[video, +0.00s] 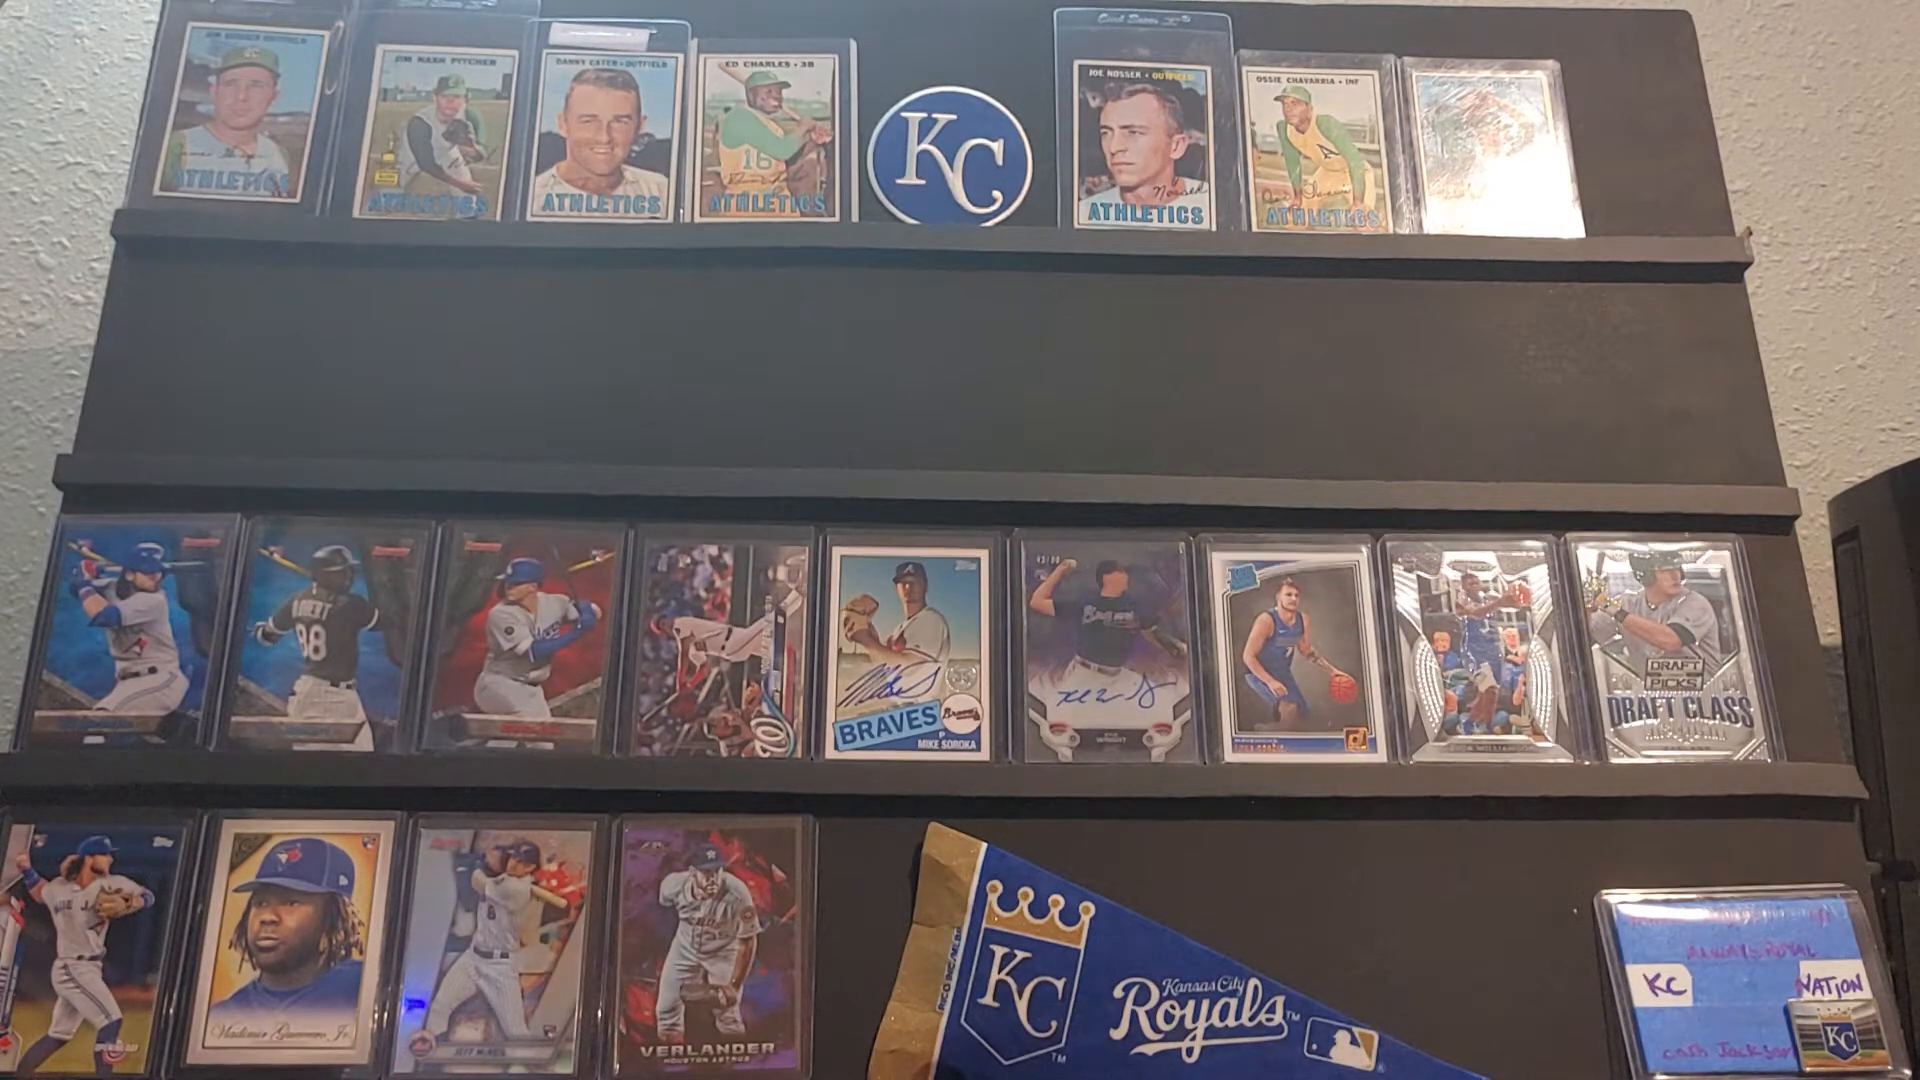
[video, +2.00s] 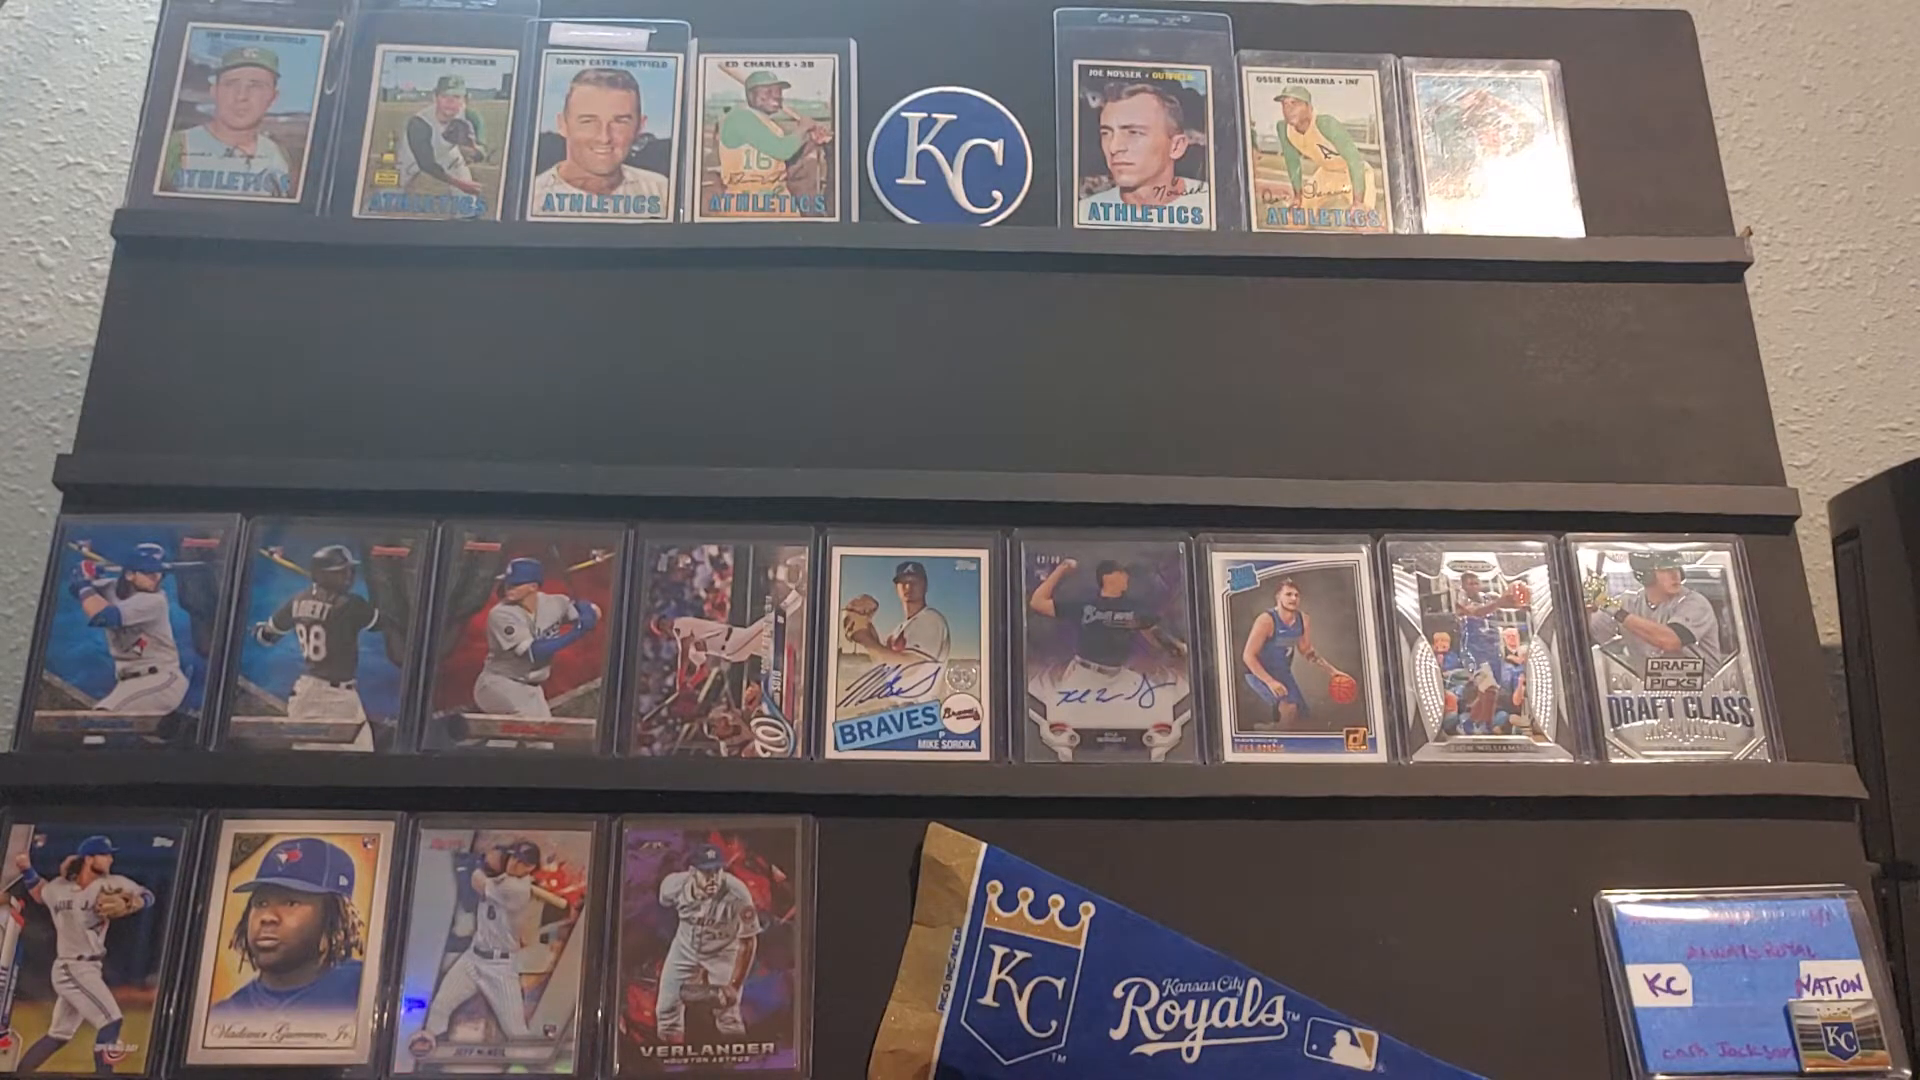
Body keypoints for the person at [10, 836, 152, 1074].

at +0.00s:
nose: (110, 859)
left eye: (109, 855)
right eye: (105, 855)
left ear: (98, 861)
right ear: (89, 859)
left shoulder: (111, 884)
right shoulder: (58, 888)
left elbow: (148, 896)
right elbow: (40, 891)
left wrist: (131, 904)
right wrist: (26, 869)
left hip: (90, 969)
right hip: (71, 969)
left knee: (58, 1035)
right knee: (111, 1020)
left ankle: (20, 1073)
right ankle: (104, 1074)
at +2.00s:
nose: (110, 859)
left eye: (110, 855)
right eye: (105, 855)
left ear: (96, 861)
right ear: (89, 859)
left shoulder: (111, 884)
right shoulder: (58, 888)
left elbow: (148, 896)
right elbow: (39, 892)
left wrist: (130, 904)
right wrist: (26, 870)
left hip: (90, 969)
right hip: (71, 969)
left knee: (58, 1036)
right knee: (111, 1020)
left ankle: (19, 1073)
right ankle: (104, 1074)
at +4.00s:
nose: (110, 859)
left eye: (110, 855)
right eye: (105, 855)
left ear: (97, 861)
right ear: (89, 859)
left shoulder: (110, 884)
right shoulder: (58, 888)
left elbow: (148, 896)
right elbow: (40, 891)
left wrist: (129, 904)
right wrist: (27, 870)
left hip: (90, 969)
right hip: (71, 969)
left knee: (59, 1035)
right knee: (111, 1020)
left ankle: (19, 1072)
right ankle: (104, 1074)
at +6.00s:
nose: (110, 859)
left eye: (110, 855)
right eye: (105, 855)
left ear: (95, 861)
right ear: (89, 859)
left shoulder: (112, 884)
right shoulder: (58, 888)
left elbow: (149, 896)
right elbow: (39, 892)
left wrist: (134, 904)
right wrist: (27, 869)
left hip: (90, 968)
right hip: (71, 968)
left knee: (58, 1035)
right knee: (111, 1020)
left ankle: (19, 1072)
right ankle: (104, 1074)